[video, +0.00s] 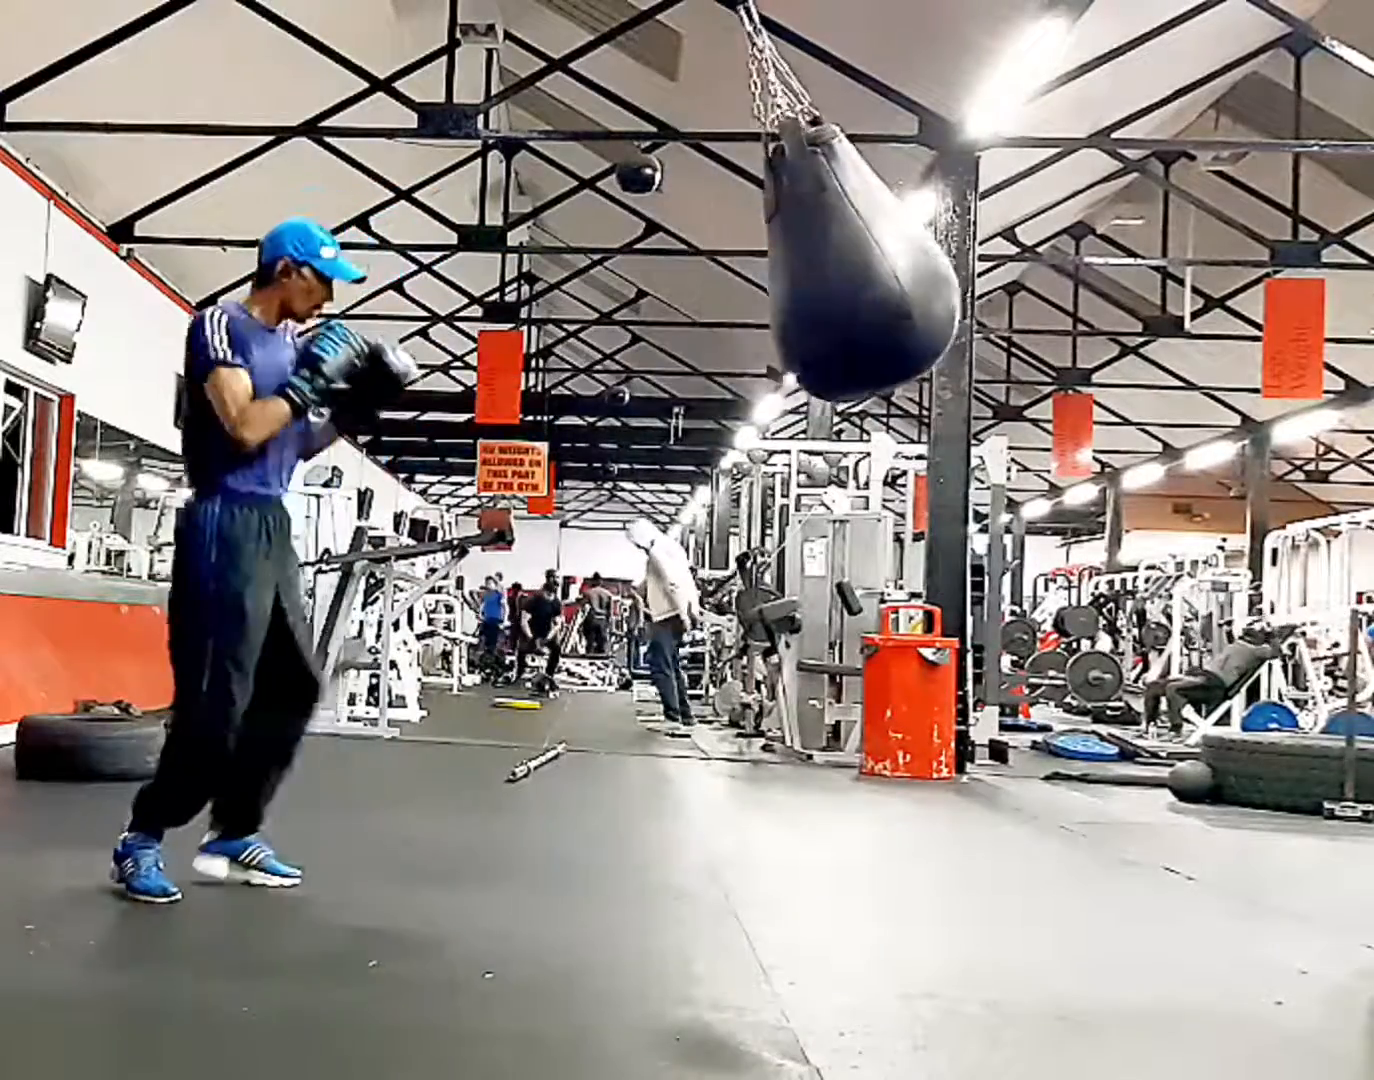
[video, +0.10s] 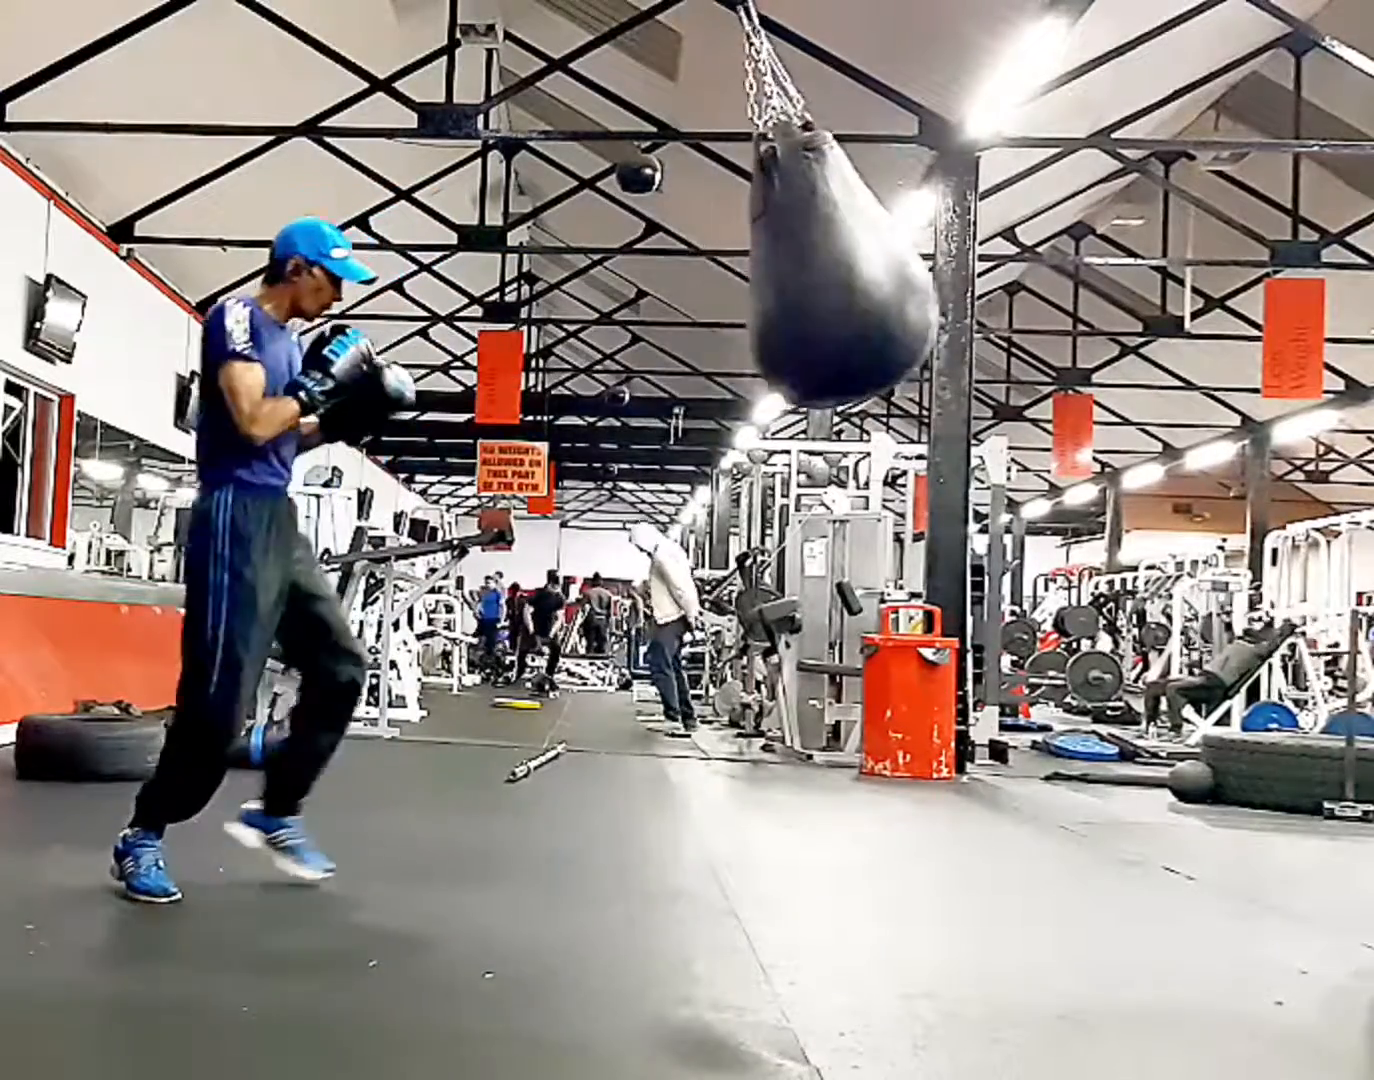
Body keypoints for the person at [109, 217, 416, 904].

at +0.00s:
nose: (330, 298)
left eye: (333, 287)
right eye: (325, 284)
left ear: (299, 278)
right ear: (288, 272)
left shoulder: (295, 343)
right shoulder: (221, 323)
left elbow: (297, 447)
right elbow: (245, 427)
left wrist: (354, 405)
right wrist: (312, 382)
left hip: (270, 528)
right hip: (221, 526)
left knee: (291, 685)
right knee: (219, 693)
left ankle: (233, 837)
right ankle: (142, 840)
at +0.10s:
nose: (337, 299)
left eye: (340, 287)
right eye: (332, 283)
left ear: (307, 278)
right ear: (298, 271)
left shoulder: (291, 341)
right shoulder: (237, 316)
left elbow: (285, 439)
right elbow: (253, 420)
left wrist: (343, 414)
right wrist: (320, 383)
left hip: (278, 520)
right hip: (234, 517)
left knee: (340, 670)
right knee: (221, 698)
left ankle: (274, 814)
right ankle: (143, 836)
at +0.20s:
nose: (356, 298)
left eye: (361, 287)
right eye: (353, 283)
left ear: (325, 275)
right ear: (318, 269)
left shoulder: (312, 339)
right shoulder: (256, 314)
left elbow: (304, 422)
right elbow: (276, 416)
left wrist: (355, 392)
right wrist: (337, 377)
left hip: (296, 517)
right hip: (251, 513)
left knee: (353, 668)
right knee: (221, 691)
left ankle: (335, 825)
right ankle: (139, 833)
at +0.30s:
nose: (376, 314)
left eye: (380, 302)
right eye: (372, 297)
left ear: (344, 291)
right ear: (338, 285)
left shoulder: (339, 354)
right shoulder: (272, 332)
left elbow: (364, 437)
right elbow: (291, 426)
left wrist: (407, 393)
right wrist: (352, 391)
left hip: (305, 533)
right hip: (262, 530)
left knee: (349, 683)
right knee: (229, 699)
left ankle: (382, 837)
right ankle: (141, 837)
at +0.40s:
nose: (402, 326)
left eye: (406, 316)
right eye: (397, 312)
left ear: (373, 309)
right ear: (363, 302)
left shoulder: (357, 369)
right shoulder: (309, 343)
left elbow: (388, 449)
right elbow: (324, 408)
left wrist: (453, 415)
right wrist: (387, 376)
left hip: (324, 543)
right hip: (295, 538)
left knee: (353, 697)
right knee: (258, 714)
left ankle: (389, 847)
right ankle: (147, 829)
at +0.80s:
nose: (442, 332)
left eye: (447, 322)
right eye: (438, 317)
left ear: (424, 312)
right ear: (408, 300)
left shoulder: (413, 375)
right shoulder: (340, 345)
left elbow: (456, 430)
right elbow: (313, 446)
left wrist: (509, 413)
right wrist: (391, 429)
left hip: (381, 533)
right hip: (334, 525)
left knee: (411, 693)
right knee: (327, 696)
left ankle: (394, 845)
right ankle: (219, 819)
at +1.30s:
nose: (388, 290)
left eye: (390, 279)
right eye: (382, 276)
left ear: (358, 275)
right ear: (346, 269)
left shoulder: (341, 338)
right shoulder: (288, 310)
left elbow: (338, 425)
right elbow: (241, 393)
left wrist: (377, 406)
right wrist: (319, 398)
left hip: (317, 509)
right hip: (271, 505)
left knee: (334, 671)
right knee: (250, 677)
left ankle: (270, 824)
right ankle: (180, 824)